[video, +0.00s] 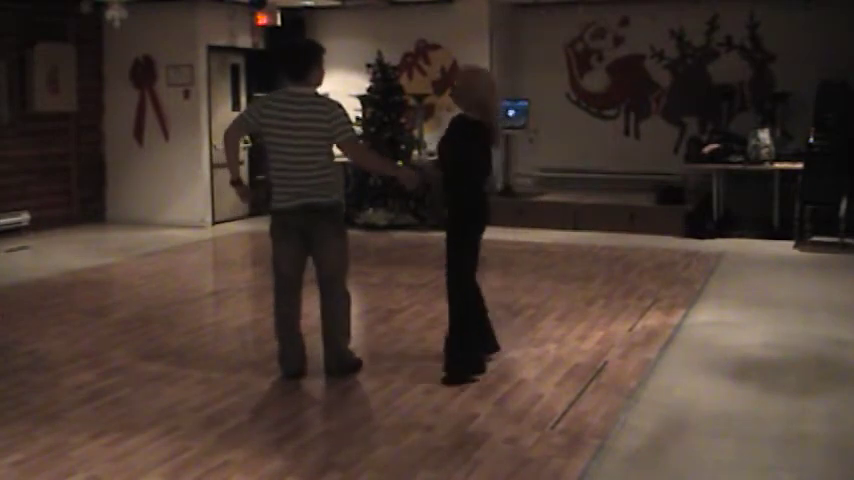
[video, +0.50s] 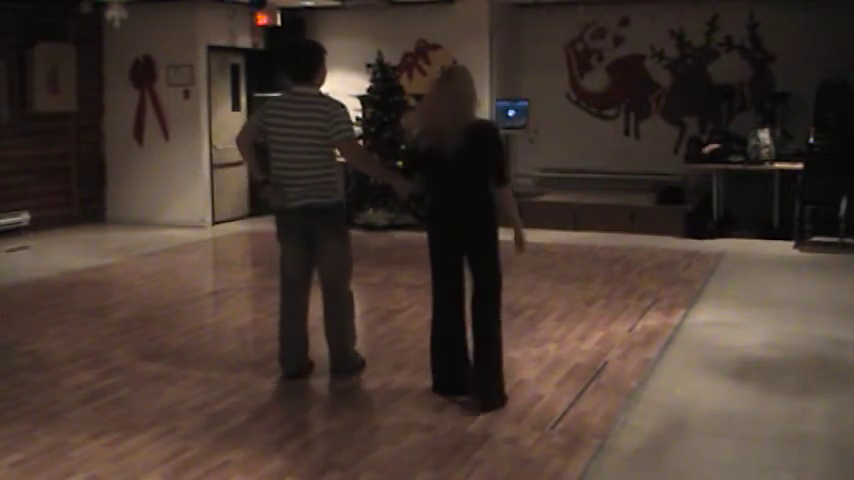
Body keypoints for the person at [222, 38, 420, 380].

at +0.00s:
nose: (324, 71)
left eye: (322, 65)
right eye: (321, 65)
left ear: (286, 68)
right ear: (313, 68)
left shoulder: (266, 105)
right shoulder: (327, 108)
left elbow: (231, 135)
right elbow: (357, 154)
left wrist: (236, 179)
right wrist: (399, 171)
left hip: (284, 212)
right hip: (326, 211)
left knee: (286, 290)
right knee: (333, 286)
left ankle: (291, 363)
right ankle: (337, 358)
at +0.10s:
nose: (324, 71)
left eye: (323, 64)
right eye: (322, 65)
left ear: (287, 68)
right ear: (313, 68)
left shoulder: (267, 105)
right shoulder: (327, 108)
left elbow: (232, 134)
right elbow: (356, 154)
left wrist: (236, 179)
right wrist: (400, 173)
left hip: (284, 212)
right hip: (326, 211)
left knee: (288, 289)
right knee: (336, 287)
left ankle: (292, 363)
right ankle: (338, 360)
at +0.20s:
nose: (324, 71)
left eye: (322, 65)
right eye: (321, 65)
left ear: (287, 68)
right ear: (313, 68)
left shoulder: (266, 105)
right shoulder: (325, 108)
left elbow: (234, 137)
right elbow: (352, 154)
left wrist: (240, 181)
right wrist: (395, 176)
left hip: (285, 211)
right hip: (326, 209)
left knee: (291, 288)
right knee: (337, 284)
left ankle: (293, 362)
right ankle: (339, 359)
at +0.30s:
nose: (324, 71)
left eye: (323, 65)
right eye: (322, 65)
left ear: (286, 68)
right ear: (315, 69)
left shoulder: (268, 106)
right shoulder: (326, 109)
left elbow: (239, 142)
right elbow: (353, 155)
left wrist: (247, 183)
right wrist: (395, 178)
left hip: (284, 209)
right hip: (325, 208)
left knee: (292, 287)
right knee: (337, 284)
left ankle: (293, 363)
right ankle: (343, 361)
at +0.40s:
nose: (325, 71)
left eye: (323, 65)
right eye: (322, 65)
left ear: (287, 69)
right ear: (316, 69)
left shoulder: (269, 107)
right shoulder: (326, 108)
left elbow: (241, 142)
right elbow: (353, 154)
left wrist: (254, 175)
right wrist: (394, 179)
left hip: (285, 210)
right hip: (325, 208)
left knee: (292, 287)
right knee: (335, 285)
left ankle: (293, 363)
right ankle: (343, 361)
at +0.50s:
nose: (326, 71)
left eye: (324, 64)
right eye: (324, 65)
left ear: (288, 69)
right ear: (318, 69)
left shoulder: (271, 106)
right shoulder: (329, 108)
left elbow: (243, 140)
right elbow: (352, 153)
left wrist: (258, 173)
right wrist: (393, 179)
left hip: (287, 210)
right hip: (327, 208)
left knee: (293, 287)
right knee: (336, 285)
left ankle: (293, 362)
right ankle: (344, 360)